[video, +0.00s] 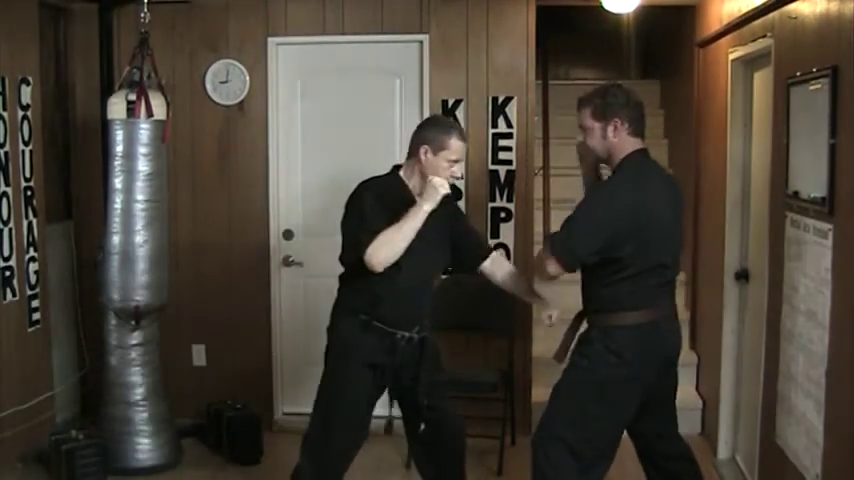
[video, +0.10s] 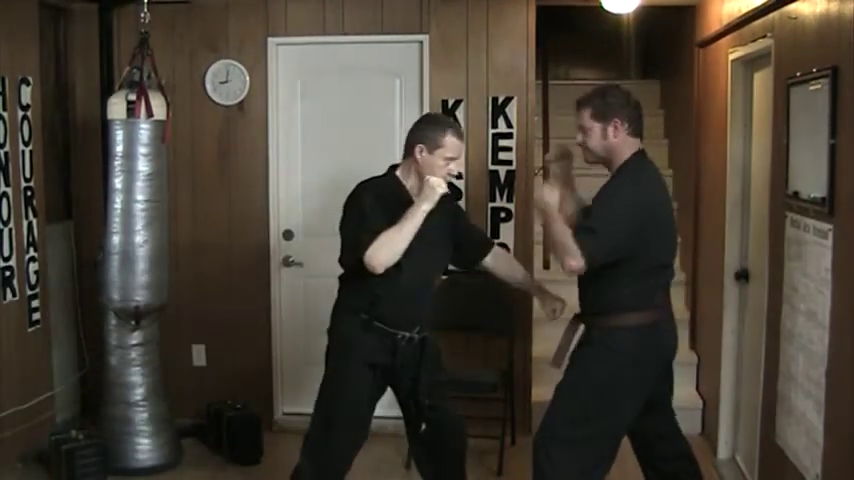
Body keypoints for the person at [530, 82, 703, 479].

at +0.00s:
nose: (582, 140)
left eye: (586, 130)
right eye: (582, 130)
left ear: (615, 127)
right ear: (624, 127)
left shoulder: (616, 191)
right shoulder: (665, 184)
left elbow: (553, 263)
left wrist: (550, 245)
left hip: (618, 342)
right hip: (660, 336)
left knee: (557, 448)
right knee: (662, 447)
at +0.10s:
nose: (579, 140)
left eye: (584, 130)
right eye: (579, 131)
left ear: (615, 129)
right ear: (616, 129)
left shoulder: (630, 184)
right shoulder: (639, 177)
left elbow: (575, 259)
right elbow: (589, 226)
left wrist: (551, 209)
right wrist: (566, 185)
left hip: (621, 340)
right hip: (645, 335)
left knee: (558, 451)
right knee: (661, 446)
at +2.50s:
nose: (586, 135)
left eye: (591, 125)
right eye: (585, 125)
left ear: (621, 126)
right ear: (626, 126)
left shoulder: (621, 187)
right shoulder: (662, 179)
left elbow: (550, 247)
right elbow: (602, 220)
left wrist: (540, 185)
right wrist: (587, 163)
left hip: (616, 342)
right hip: (659, 337)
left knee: (557, 455)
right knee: (666, 449)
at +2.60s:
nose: (585, 136)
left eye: (590, 126)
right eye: (585, 126)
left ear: (620, 126)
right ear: (628, 126)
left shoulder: (618, 189)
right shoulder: (663, 180)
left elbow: (548, 253)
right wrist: (595, 169)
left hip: (617, 342)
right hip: (661, 336)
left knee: (557, 454)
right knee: (666, 450)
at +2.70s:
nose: (585, 137)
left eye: (590, 127)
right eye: (585, 127)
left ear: (619, 126)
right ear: (628, 126)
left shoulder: (619, 191)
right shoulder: (666, 182)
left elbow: (551, 255)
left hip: (618, 343)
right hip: (662, 338)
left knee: (557, 453)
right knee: (666, 451)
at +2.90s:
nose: (583, 140)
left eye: (588, 129)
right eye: (583, 130)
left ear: (618, 127)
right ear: (624, 127)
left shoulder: (623, 191)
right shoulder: (660, 181)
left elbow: (556, 265)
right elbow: (601, 231)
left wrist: (548, 252)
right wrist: (584, 172)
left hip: (621, 341)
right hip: (658, 335)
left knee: (559, 452)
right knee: (664, 449)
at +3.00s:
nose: (581, 141)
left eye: (587, 130)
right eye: (581, 131)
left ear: (618, 129)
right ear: (619, 129)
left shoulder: (633, 186)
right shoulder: (631, 178)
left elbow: (586, 260)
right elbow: (575, 221)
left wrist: (555, 205)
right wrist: (544, 185)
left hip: (625, 341)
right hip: (645, 333)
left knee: (562, 454)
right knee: (663, 450)